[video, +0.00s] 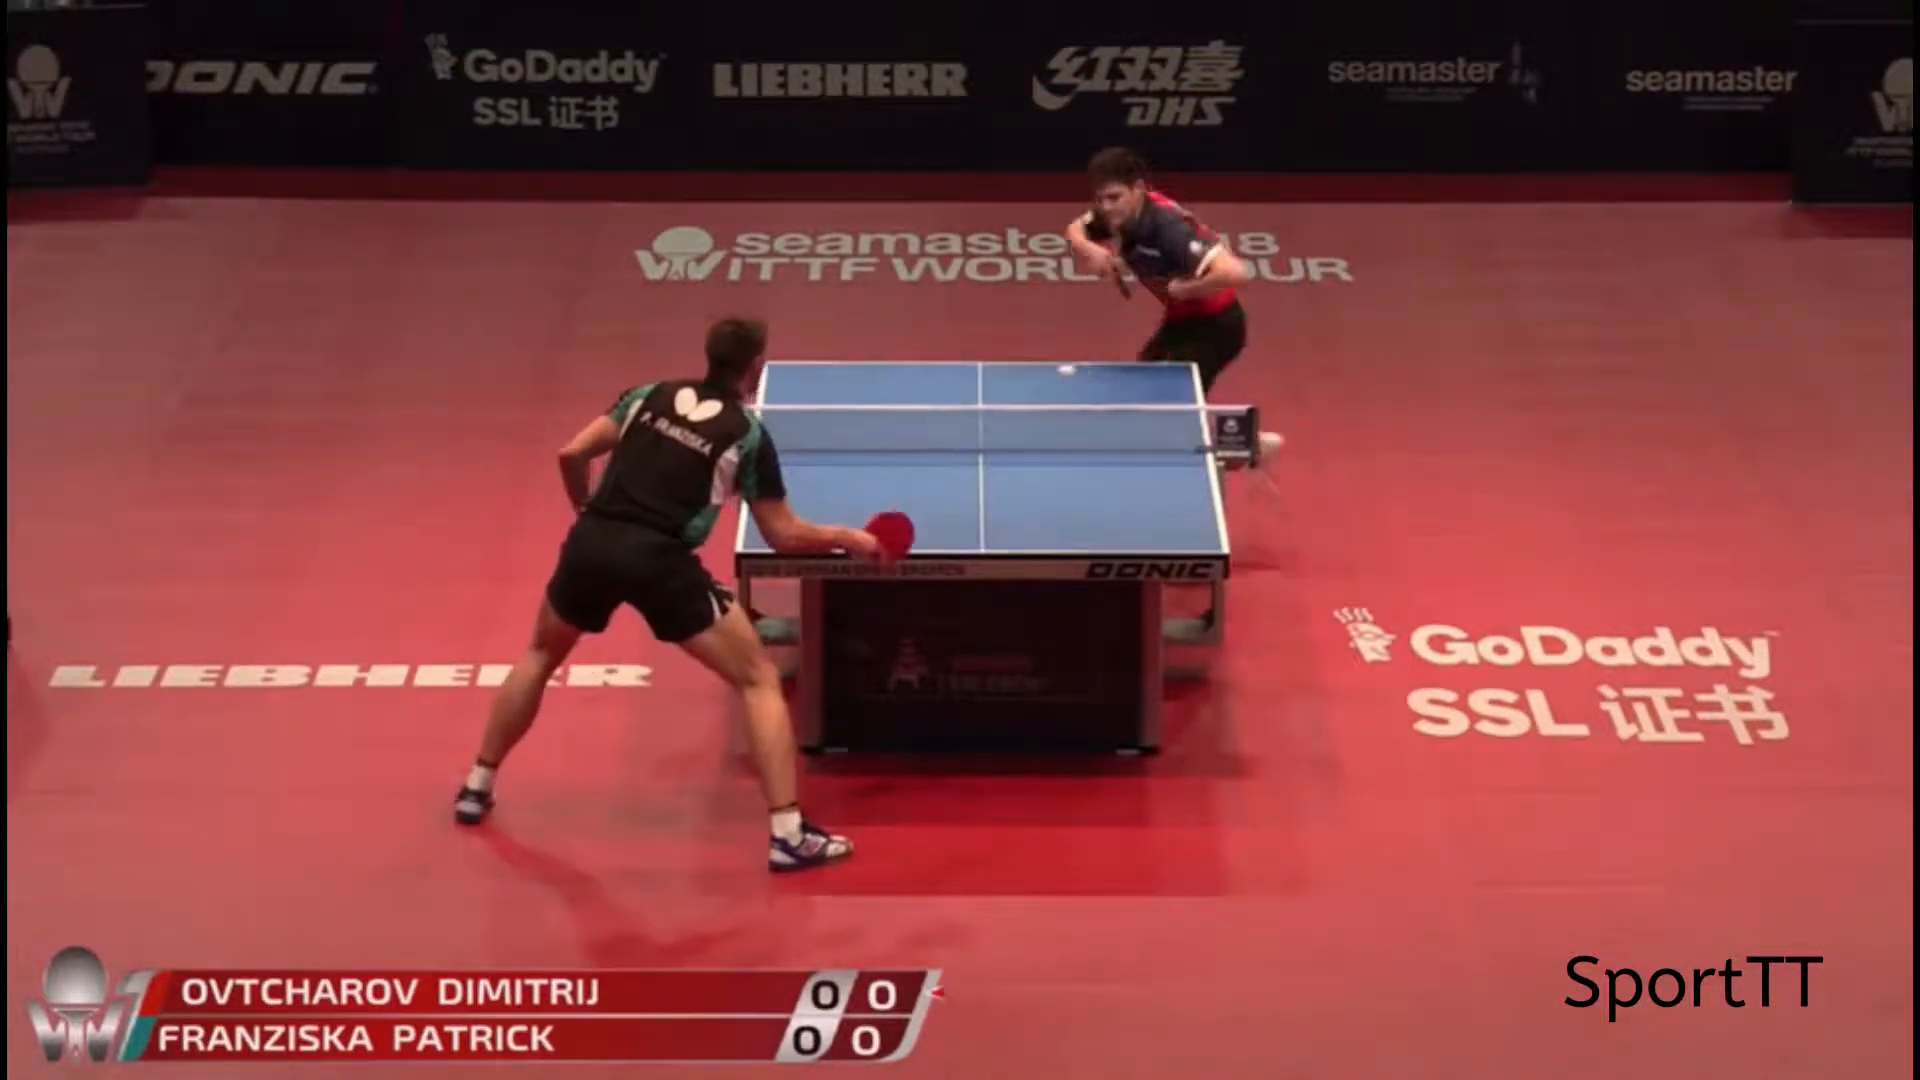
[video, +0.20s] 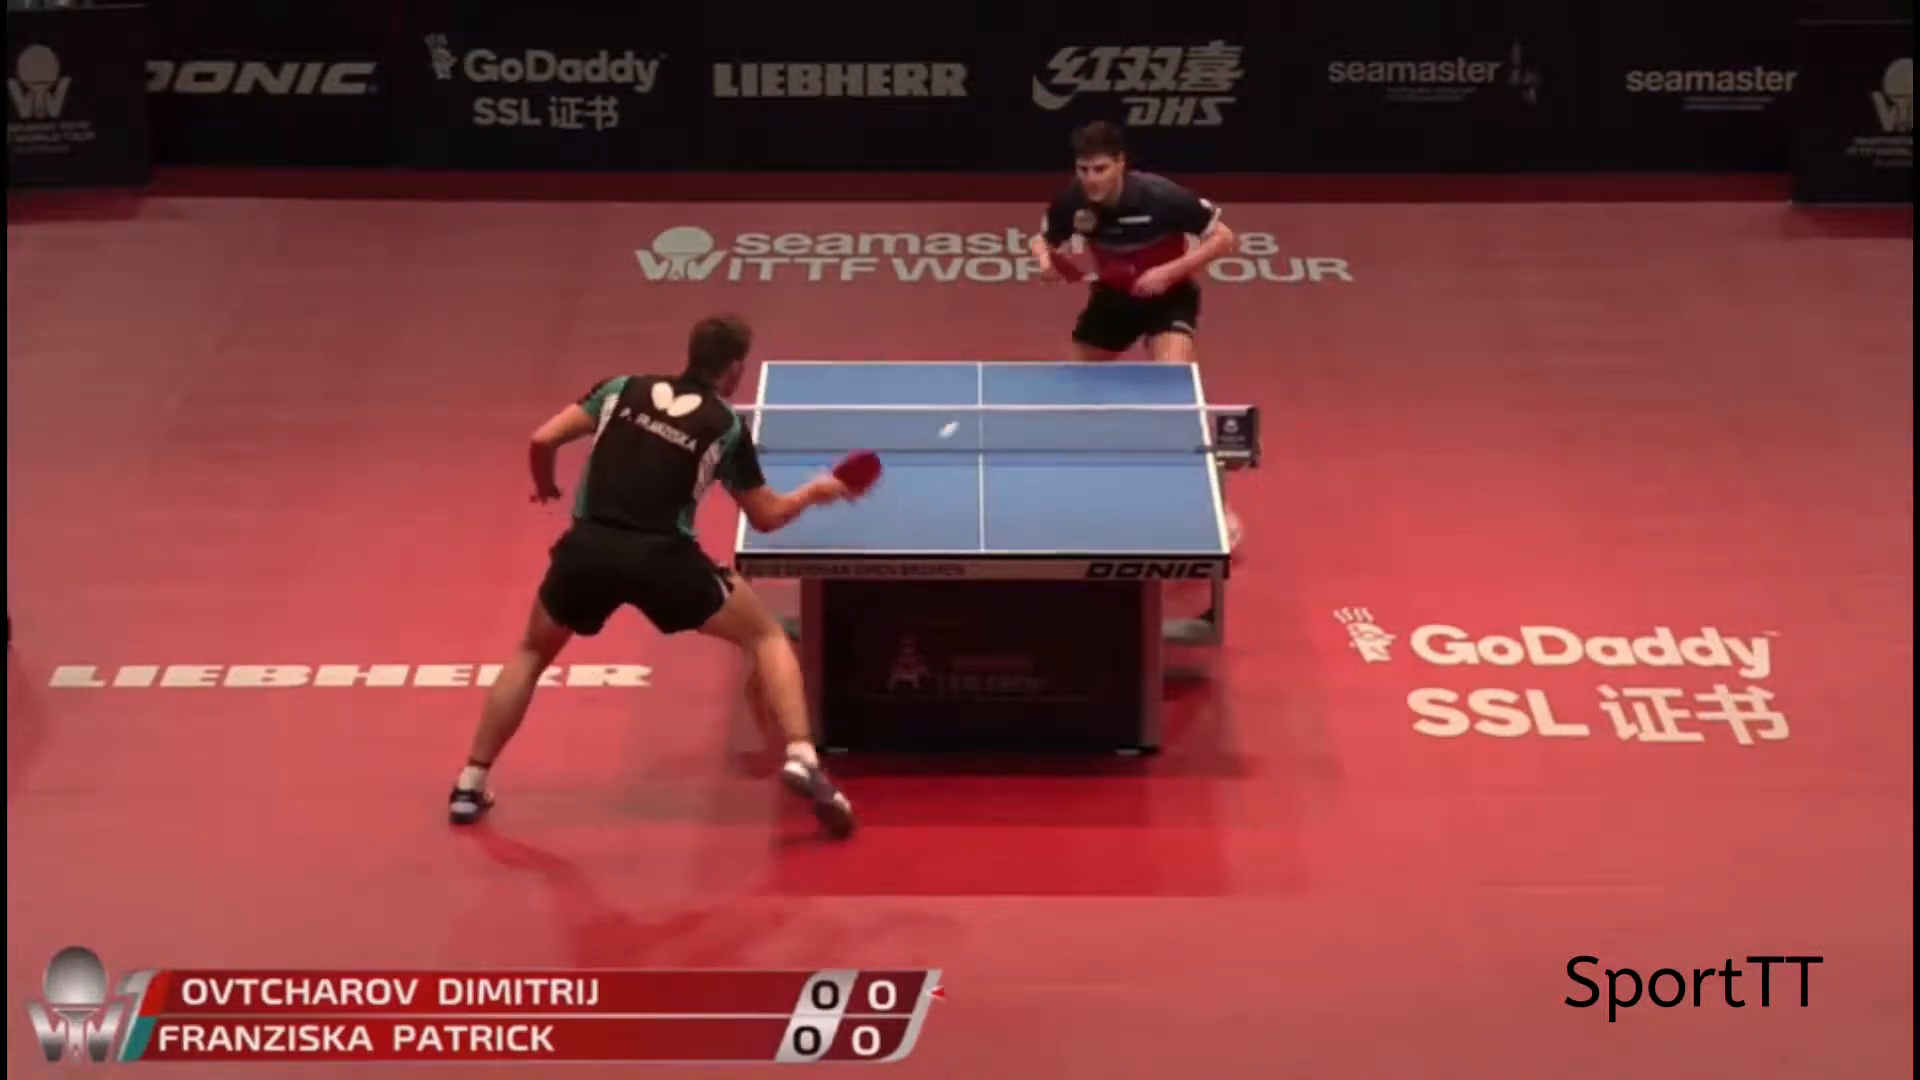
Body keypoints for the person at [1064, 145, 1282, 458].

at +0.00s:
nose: (1106, 207)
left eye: (1114, 198)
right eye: (1101, 199)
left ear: (1139, 191)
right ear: (1095, 199)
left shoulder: (1167, 227)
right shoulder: (1120, 212)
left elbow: (1235, 272)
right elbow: (1074, 229)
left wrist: (1187, 288)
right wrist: (1091, 251)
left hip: (1216, 323)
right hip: (1180, 319)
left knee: (1166, 403)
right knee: (1139, 387)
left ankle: (1247, 445)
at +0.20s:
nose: (1091, 180)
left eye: (1100, 169)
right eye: (1084, 170)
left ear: (1121, 164)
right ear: (1076, 169)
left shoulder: (1159, 196)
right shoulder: (1072, 204)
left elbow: (1225, 238)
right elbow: (1043, 240)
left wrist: (1170, 271)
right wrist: (1050, 262)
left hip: (1168, 296)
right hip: (1112, 296)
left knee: (1173, 386)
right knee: (1074, 381)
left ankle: (1215, 509)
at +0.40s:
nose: (1079, 178)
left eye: (1088, 167)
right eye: (1072, 168)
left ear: (1109, 165)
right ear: (1064, 168)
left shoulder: (1149, 201)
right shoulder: (1056, 210)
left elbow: (1205, 239)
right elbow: (1015, 266)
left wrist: (1163, 269)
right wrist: (1034, 276)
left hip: (1150, 312)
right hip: (1087, 315)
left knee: (1200, 392)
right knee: (1040, 393)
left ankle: (1226, 495)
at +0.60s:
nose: (1087, 187)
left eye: (1095, 176)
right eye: (1080, 178)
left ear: (1116, 169)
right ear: (1071, 177)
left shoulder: (1157, 200)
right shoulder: (1071, 216)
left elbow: (1212, 248)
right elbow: (1039, 272)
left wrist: (1160, 274)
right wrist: (1029, 293)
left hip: (1166, 319)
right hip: (1100, 318)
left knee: (1221, 404)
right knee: (1034, 383)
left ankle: (1261, 494)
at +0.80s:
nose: (1101, 244)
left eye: (1108, 235)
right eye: (1092, 236)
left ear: (1121, 223)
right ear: (1079, 229)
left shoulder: (1151, 238)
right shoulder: (1064, 253)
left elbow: (1202, 279)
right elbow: (1012, 320)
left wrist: (1182, 296)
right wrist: (1071, 313)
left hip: (1153, 345)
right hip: (1086, 347)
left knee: (1220, 403)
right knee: (1046, 378)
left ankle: (1267, 494)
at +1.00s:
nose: (1103, 243)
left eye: (1110, 234)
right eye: (1094, 234)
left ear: (1122, 228)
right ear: (1080, 230)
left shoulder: (1137, 244)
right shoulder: (1064, 257)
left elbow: (1162, 280)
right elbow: (1040, 304)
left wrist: (1171, 292)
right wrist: (1068, 315)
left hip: (1116, 332)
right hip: (1063, 339)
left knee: (1219, 389)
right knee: (1058, 403)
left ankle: (1266, 486)